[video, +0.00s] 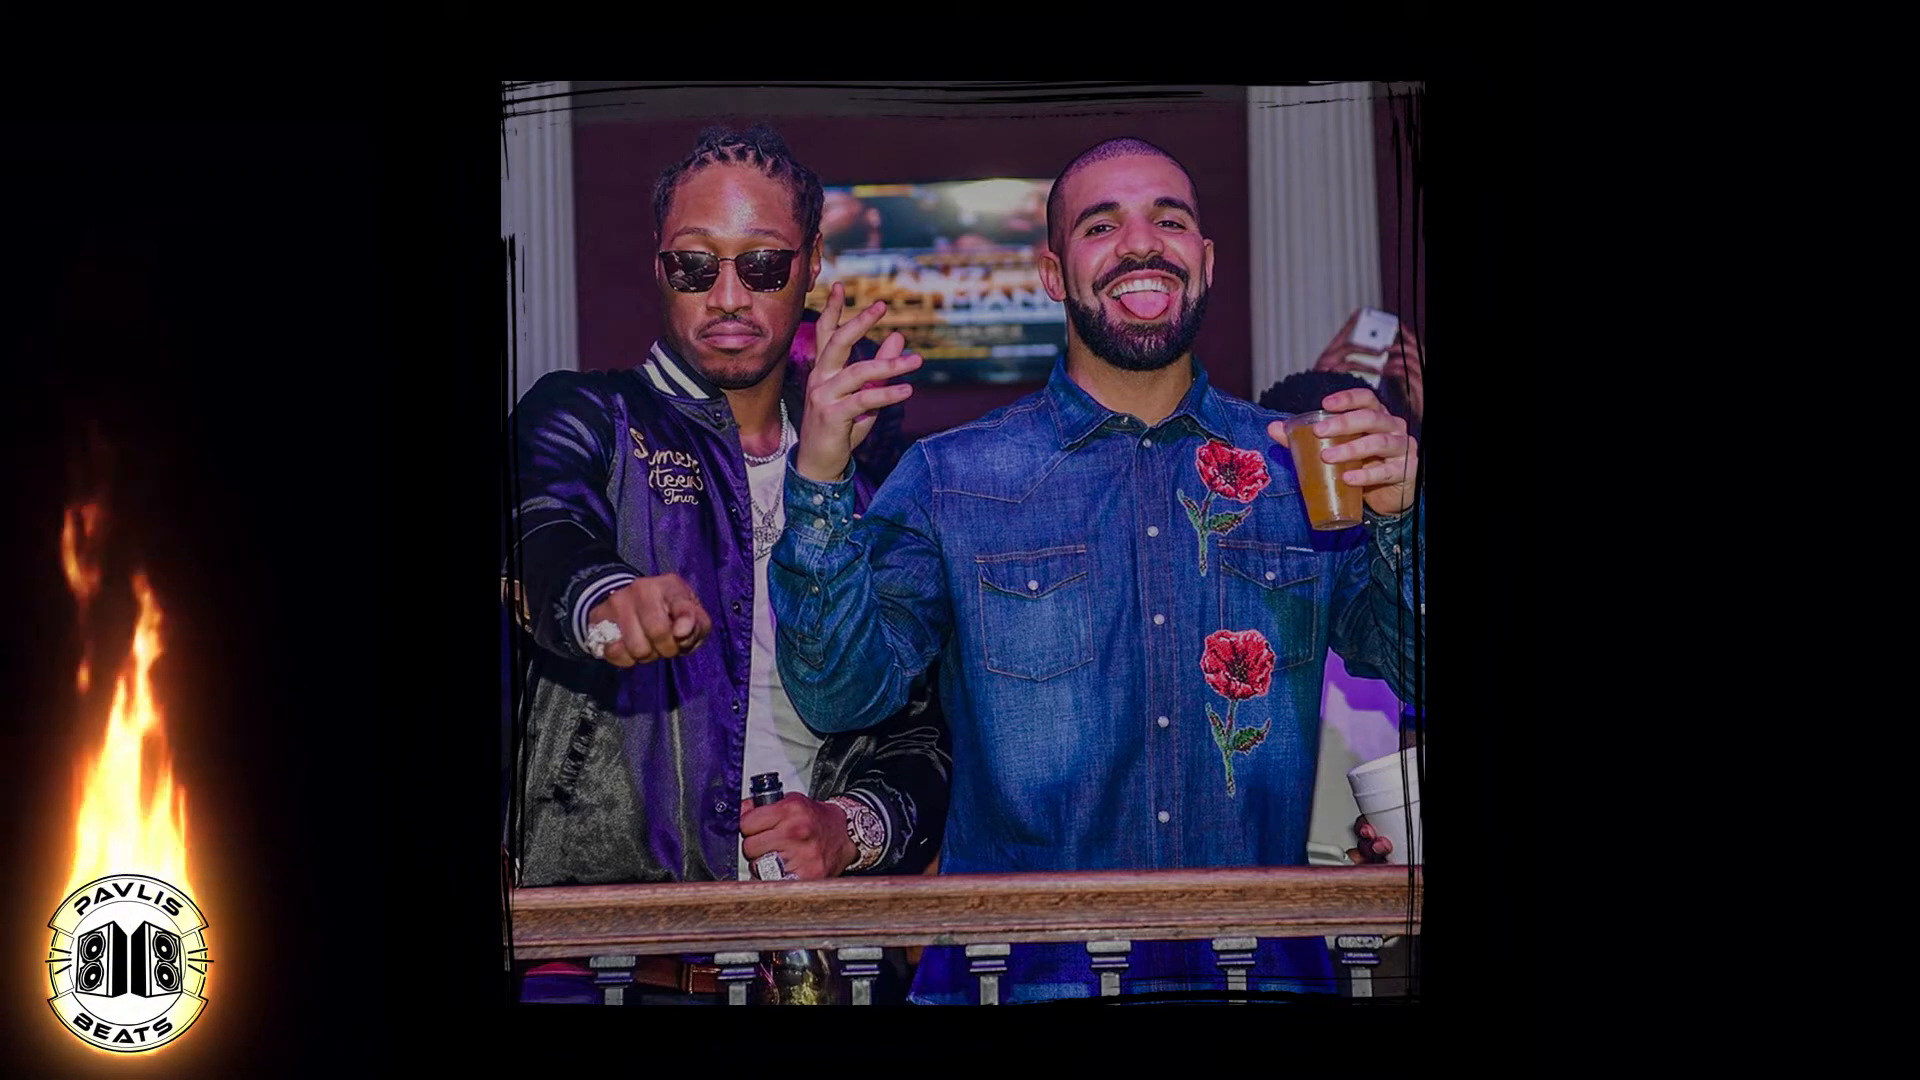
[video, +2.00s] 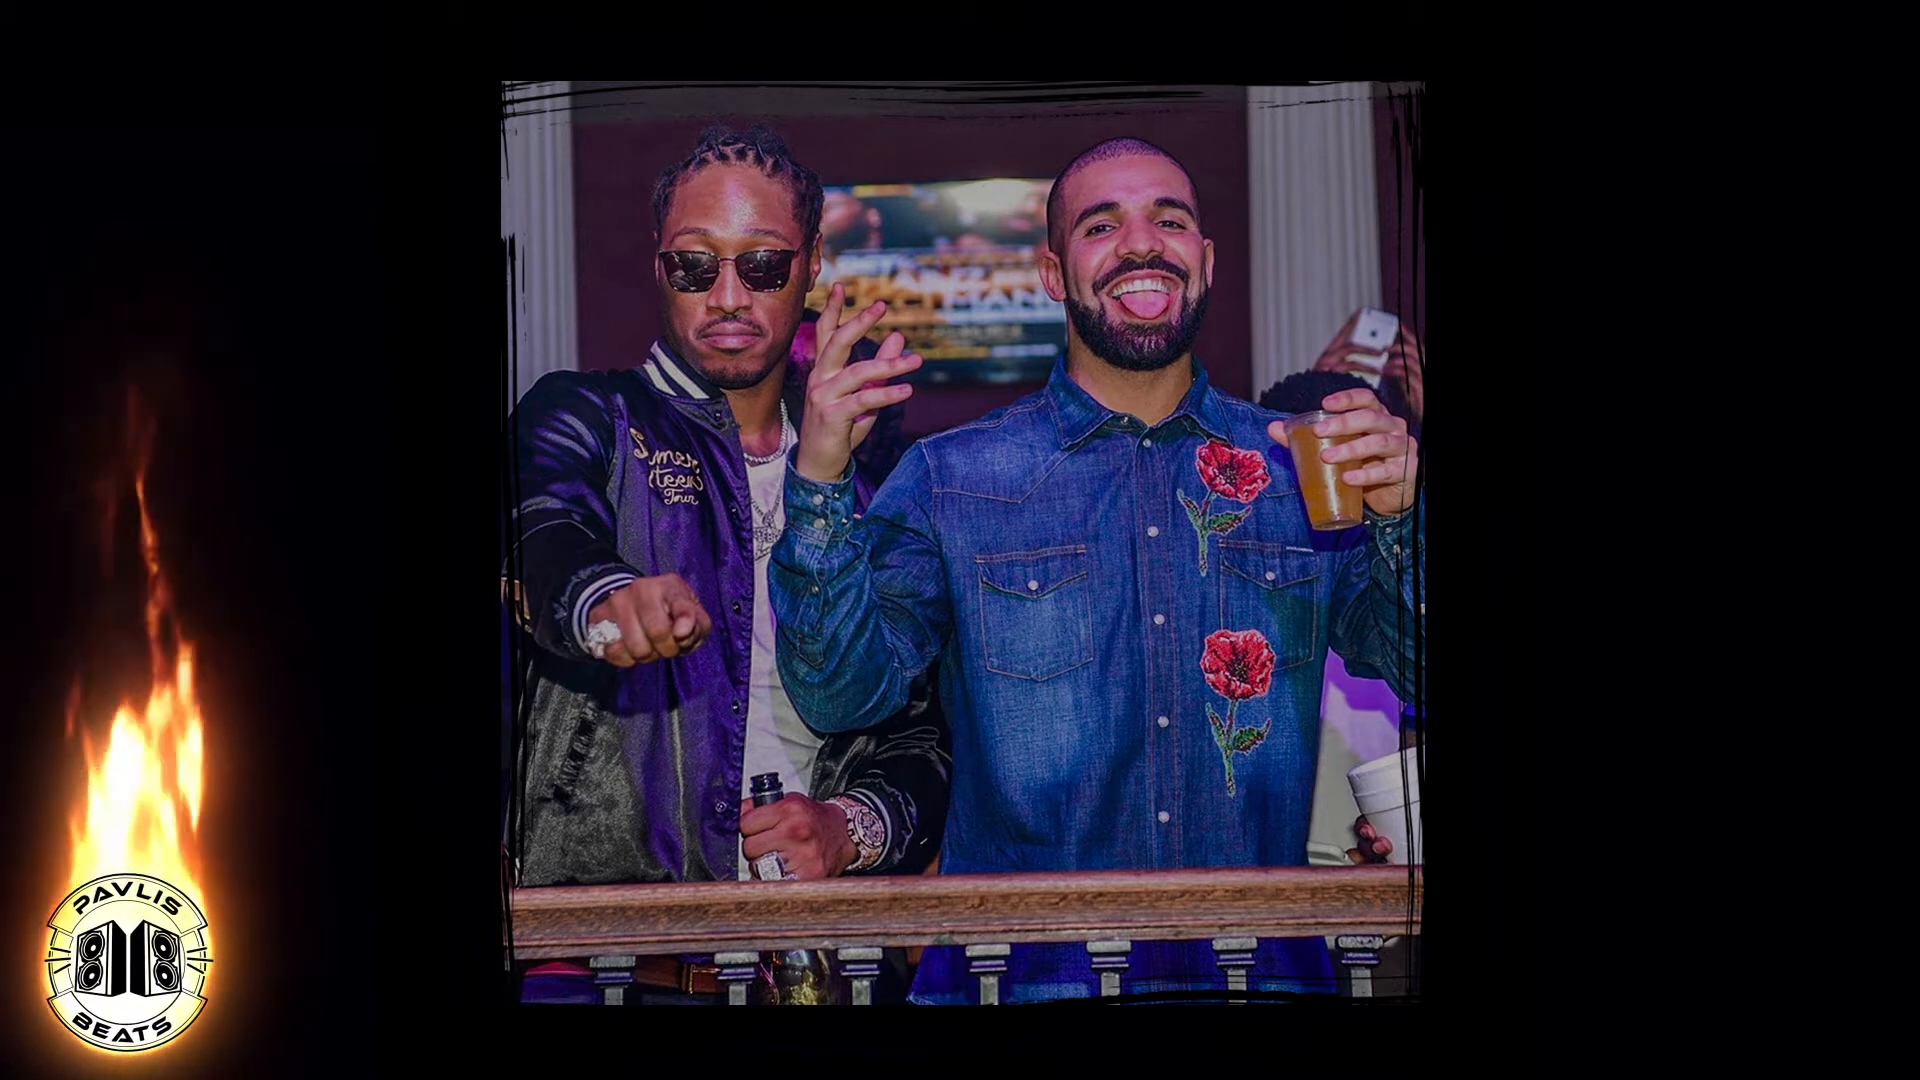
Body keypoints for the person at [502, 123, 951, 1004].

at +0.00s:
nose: (729, 296)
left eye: (764, 266)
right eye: (694, 266)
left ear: (811, 274)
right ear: (658, 273)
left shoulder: (879, 459)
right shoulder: (581, 412)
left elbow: (926, 724)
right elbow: (540, 525)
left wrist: (858, 825)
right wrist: (603, 595)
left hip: (827, 942)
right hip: (606, 942)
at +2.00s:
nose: (729, 296)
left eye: (763, 266)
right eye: (694, 266)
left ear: (811, 274)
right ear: (658, 272)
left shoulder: (878, 460)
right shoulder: (581, 412)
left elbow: (926, 726)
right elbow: (540, 525)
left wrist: (857, 826)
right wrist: (602, 595)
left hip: (827, 944)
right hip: (605, 943)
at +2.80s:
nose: (729, 296)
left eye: (763, 266)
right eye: (694, 266)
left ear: (811, 274)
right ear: (658, 272)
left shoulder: (878, 460)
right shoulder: (581, 412)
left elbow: (926, 725)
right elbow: (540, 525)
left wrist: (857, 826)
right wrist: (602, 595)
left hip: (827, 944)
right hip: (605, 943)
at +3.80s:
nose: (729, 296)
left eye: (764, 266)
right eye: (694, 266)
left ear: (811, 274)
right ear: (658, 272)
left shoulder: (878, 460)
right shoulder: (581, 412)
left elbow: (926, 725)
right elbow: (540, 525)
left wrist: (857, 826)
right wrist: (602, 595)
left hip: (827, 944)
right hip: (605, 943)